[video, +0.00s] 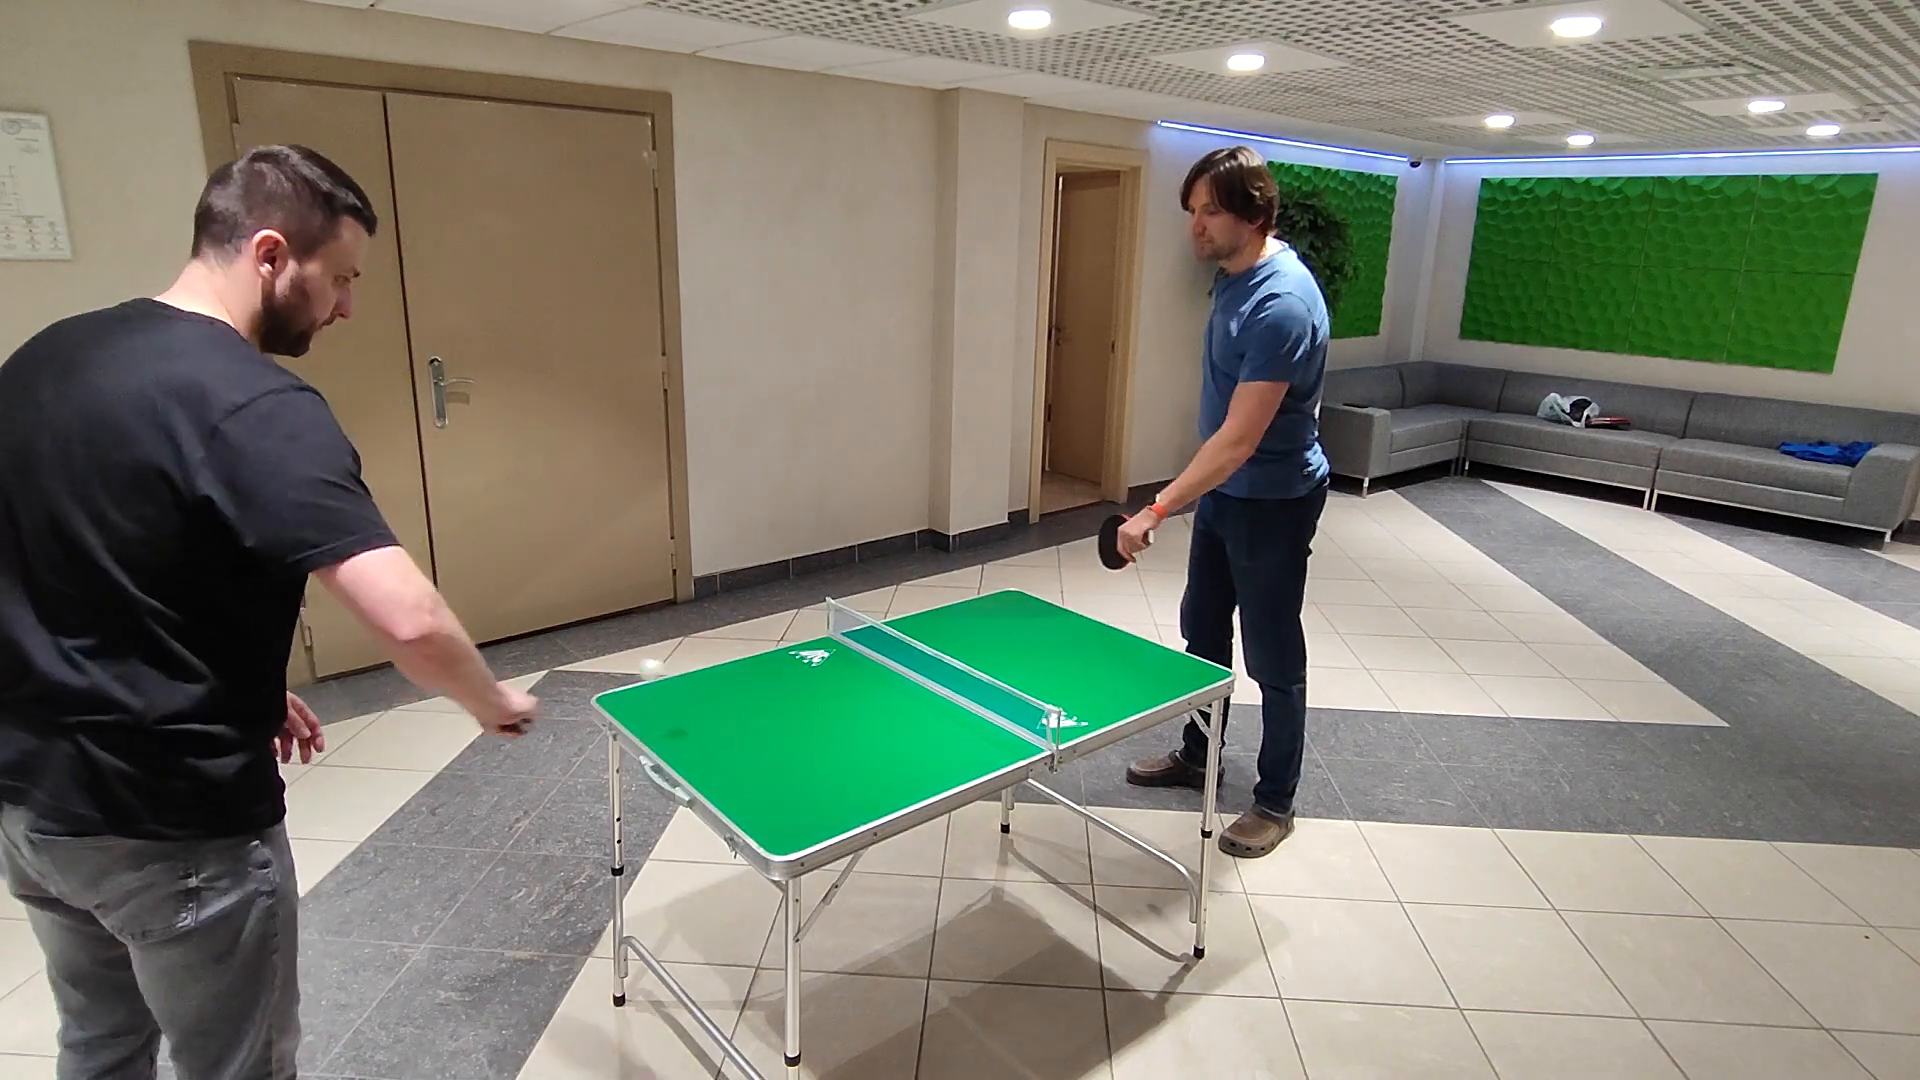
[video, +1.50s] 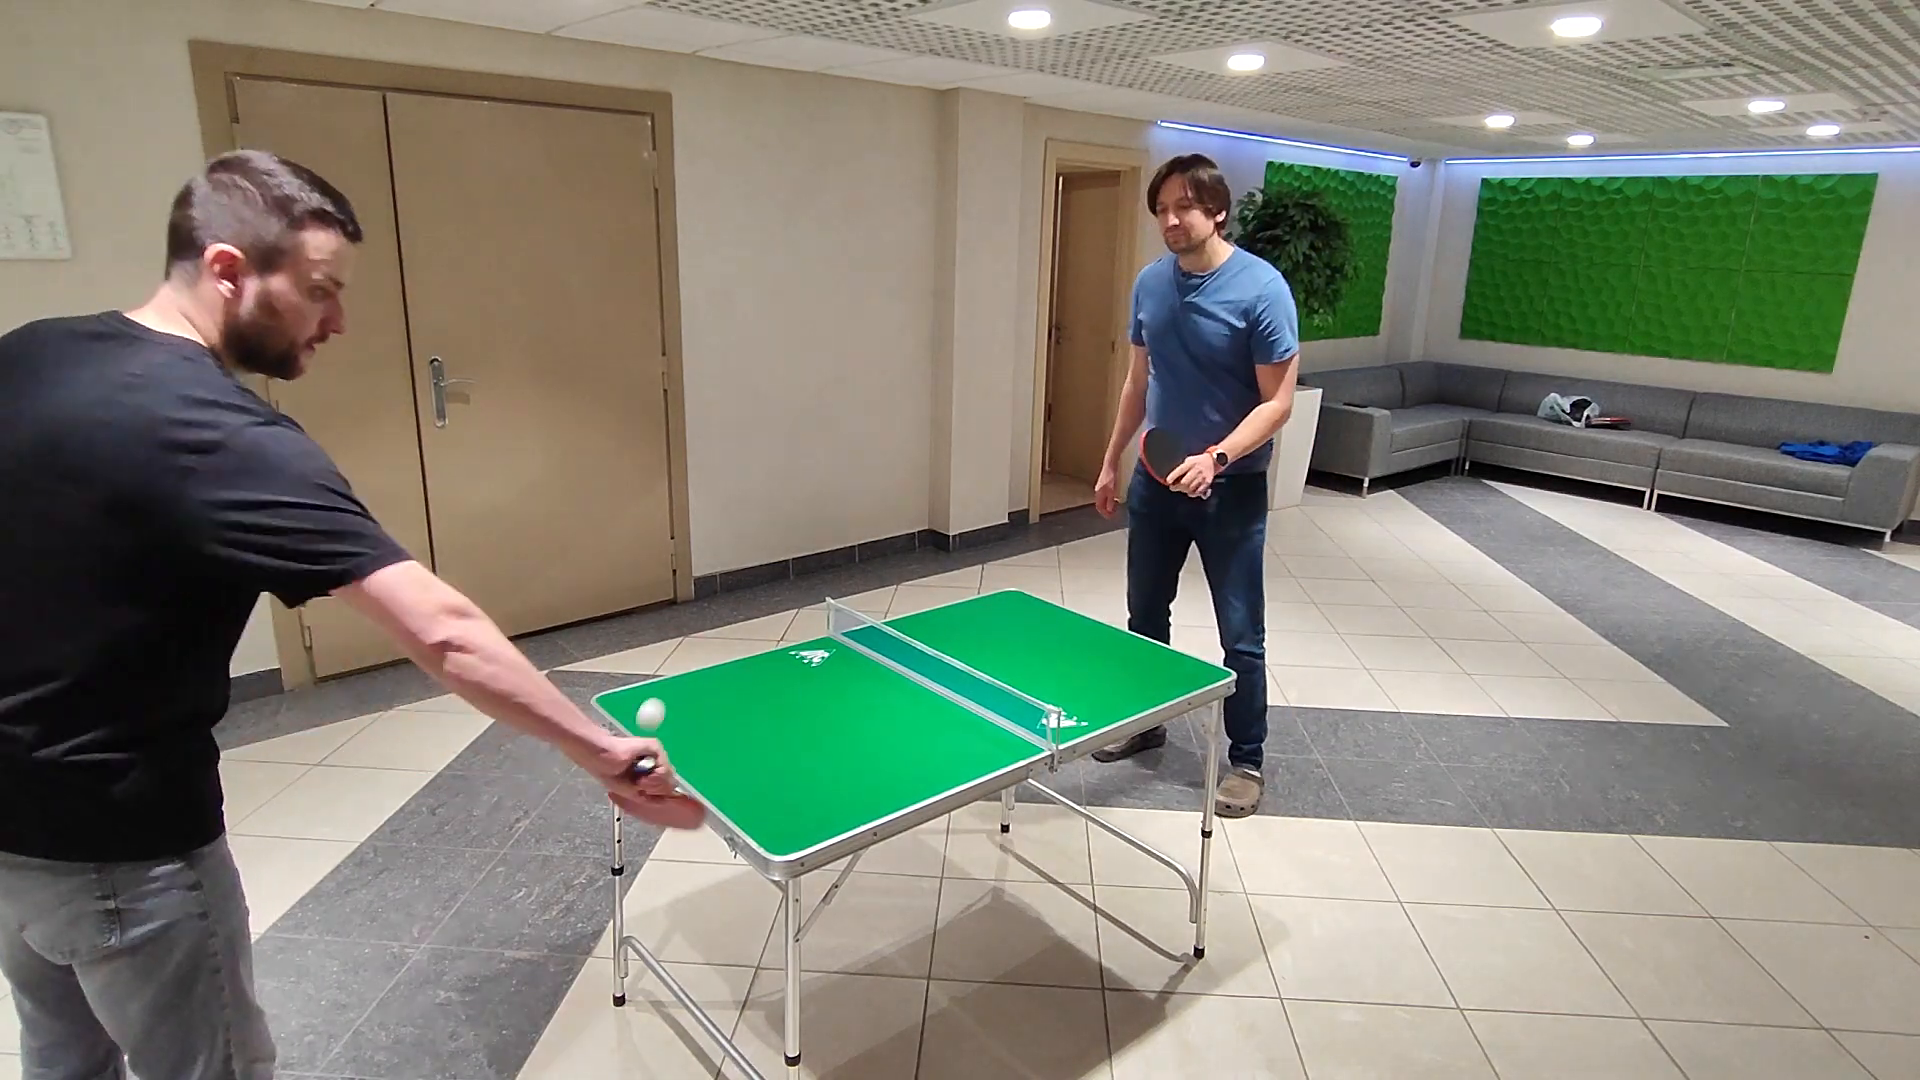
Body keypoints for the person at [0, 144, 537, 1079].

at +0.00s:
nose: (346, 308)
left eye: (353, 284)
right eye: (344, 278)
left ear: (234, 241)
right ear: (272, 251)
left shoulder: (44, 359)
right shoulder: (257, 402)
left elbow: (73, 574)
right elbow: (415, 623)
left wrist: (242, 685)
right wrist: (495, 704)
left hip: (32, 800)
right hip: (181, 824)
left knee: (102, 1049)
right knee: (240, 1063)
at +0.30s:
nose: (345, 308)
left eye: (350, 283)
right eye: (340, 278)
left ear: (237, 246)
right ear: (265, 254)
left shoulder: (24, 352)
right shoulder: (288, 412)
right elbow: (454, 609)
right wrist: (563, 706)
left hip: (19, 798)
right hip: (183, 811)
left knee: (79, 1063)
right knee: (235, 1064)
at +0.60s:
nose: (281, 266)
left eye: (284, 242)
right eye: (269, 239)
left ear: (173, 229)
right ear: (181, 231)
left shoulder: (13, 345)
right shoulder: (224, 394)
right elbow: (281, 640)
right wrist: (387, 734)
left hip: (35, 797)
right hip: (193, 816)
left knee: (90, 1055)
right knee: (235, 1062)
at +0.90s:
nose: (215, 244)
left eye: (211, 218)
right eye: (192, 218)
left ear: (91, 220)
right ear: (93, 217)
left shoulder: (22, 340)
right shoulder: (97, 387)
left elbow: (123, 591)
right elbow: (119, 650)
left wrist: (236, 690)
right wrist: (279, 747)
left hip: (47, 806)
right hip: (152, 829)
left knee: (78, 1054)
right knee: (234, 1060)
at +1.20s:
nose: (214, 265)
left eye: (214, 236)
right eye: (190, 231)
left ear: (85, 221)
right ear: (88, 217)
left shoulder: (22, 340)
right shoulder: (83, 382)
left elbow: (148, 555)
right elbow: (145, 627)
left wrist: (276, 650)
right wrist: (311, 724)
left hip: (41, 813)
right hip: (144, 832)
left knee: (73, 1058)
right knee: (223, 1060)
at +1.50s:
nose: (337, 322)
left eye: (339, 294)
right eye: (321, 288)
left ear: (222, 270)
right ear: (226, 271)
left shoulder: (26, 356)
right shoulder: (226, 433)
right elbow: (443, 633)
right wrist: (610, 752)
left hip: (9, 844)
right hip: (129, 864)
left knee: (60, 1067)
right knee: (216, 1067)